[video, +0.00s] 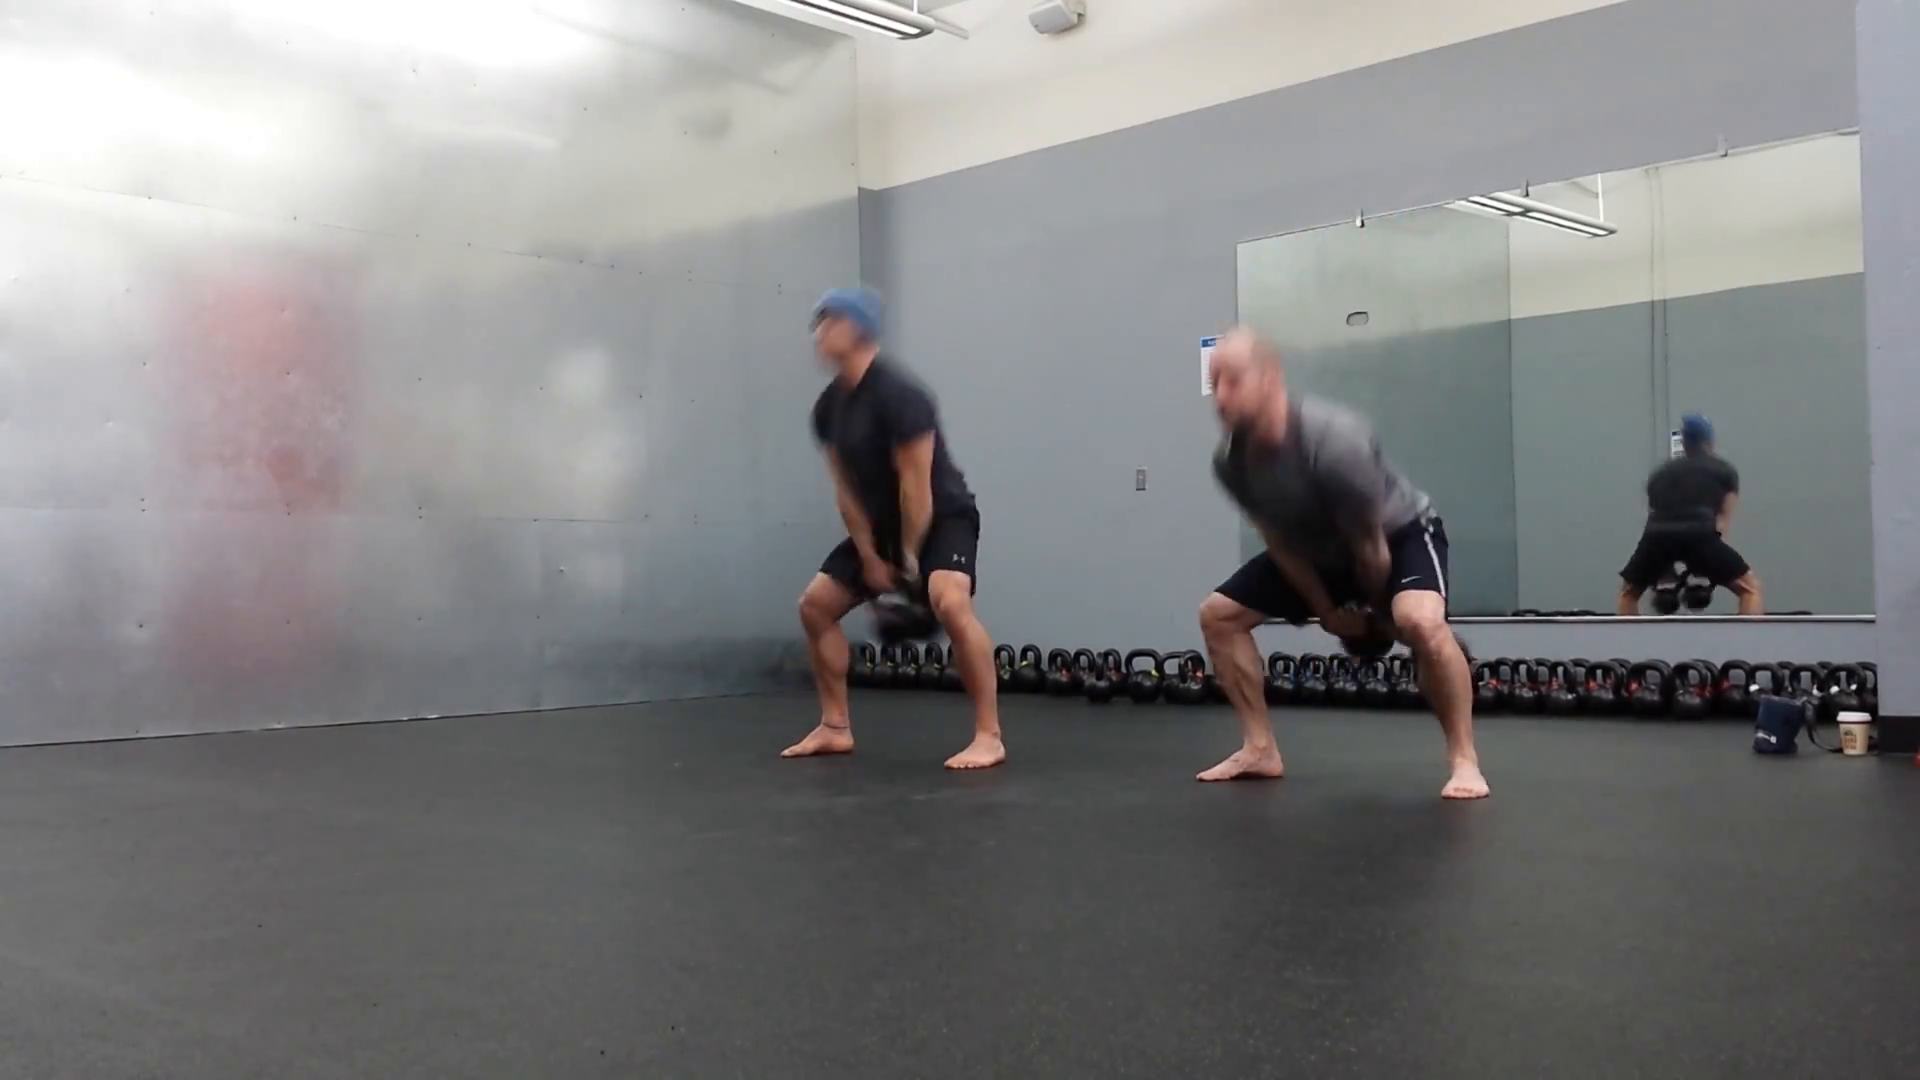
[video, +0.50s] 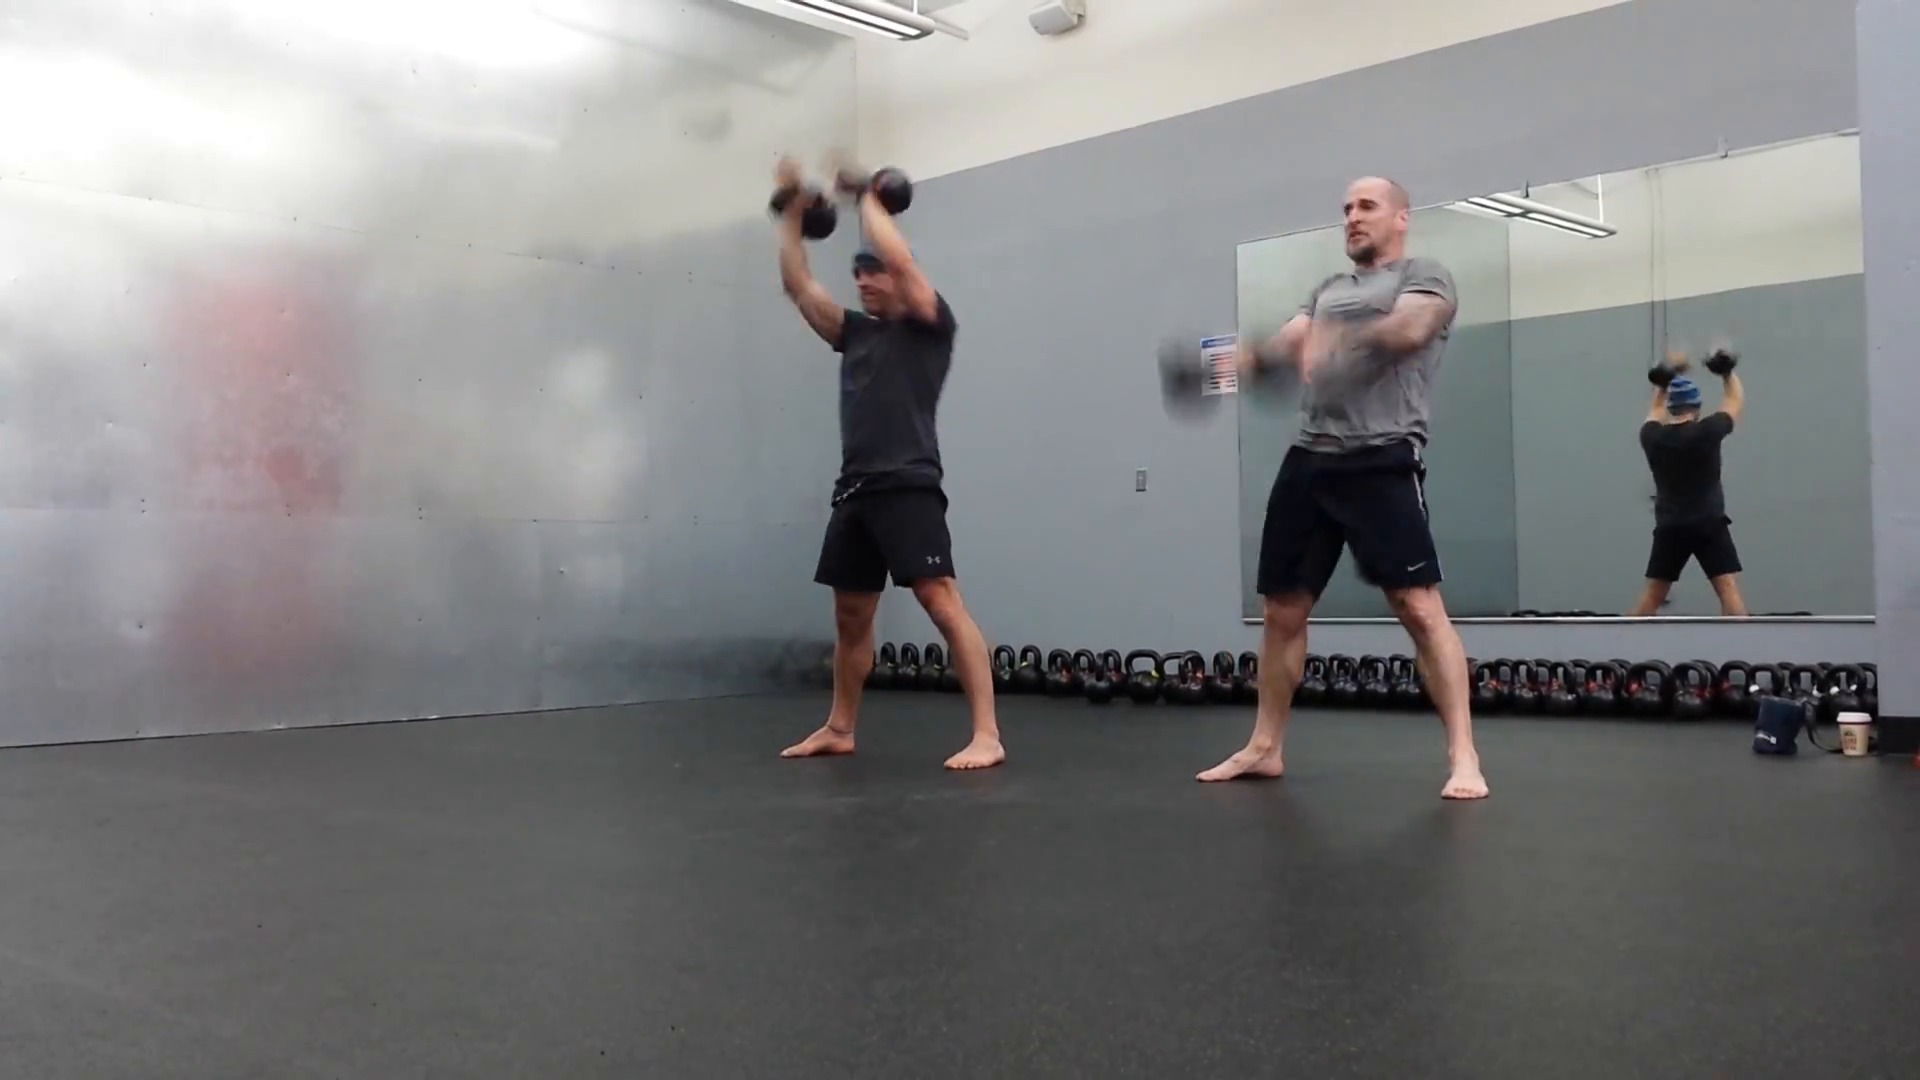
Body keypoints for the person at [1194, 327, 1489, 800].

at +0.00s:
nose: (1220, 396)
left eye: (1232, 379)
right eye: (1215, 383)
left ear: (1269, 377)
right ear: (1210, 388)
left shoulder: (1335, 440)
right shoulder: (1233, 462)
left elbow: (1373, 544)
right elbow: (1280, 544)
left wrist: (1373, 616)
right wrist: (1330, 615)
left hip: (1400, 534)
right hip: (1322, 545)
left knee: (1420, 622)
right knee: (1220, 615)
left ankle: (1464, 761)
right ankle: (1260, 749)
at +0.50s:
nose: (1353, 218)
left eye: (1367, 206)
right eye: (1347, 210)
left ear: (1402, 218)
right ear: (1343, 225)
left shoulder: (1427, 278)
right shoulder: (1328, 292)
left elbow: (1406, 332)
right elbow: (1289, 344)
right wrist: (1248, 358)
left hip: (1384, 466)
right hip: (1311, 466)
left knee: (1420, 610)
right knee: (1282, 611)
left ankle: (1463, 757)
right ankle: (1264, 746)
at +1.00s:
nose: (1278, 209)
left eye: (1291, 195)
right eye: (1272, 199)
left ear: (1329, 198)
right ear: (1267, 209)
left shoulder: (1363, 252)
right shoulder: (1265, 258)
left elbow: (1377, 144)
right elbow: (1232, 163)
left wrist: (1369, 45)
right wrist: (1244, 64)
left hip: (1352, 466)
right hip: (1276, 469)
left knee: (1408, 614)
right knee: (1279, 617)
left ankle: (1459, 760)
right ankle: (1264, 746)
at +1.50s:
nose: (1316, 200)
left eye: (1331, 188)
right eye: (1311, 191)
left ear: (1368, 200)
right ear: (1307, 204)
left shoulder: (1388, 261)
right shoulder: (1286, 267)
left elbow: (1390, 175)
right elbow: (1219, 205)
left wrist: (1367, 94)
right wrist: (1245, 118)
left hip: (1361, 468)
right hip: (1284, 468)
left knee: (1411, 616)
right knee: (1281, 618)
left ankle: (1459, 760)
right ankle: (1265, 747)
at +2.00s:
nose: (1333, 203)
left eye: (1348, 192)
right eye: (1327, 194)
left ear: (1382, 210)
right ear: (1319, 210)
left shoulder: (1405, 284)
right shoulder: (1294, 293)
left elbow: (1383, 352)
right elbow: (1251, 372)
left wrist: (1351, 274)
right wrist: (1263, 286)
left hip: (1367, 474)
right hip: (1289, 474)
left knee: (1412, 617)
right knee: (1283, 618)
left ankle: (1458, 759)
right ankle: (1265, 748)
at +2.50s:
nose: (1341, 205)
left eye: (1356, 194)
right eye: (1336, 196)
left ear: (1391, 205)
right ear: (1330, 210)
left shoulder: (1416, 278)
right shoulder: (1313, 282)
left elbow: (1390, 340)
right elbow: (1266, 361)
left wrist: (1334, 286)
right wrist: (1251, 299)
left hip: (1386, 472)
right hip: (1310, 472)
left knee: (1423, 615)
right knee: (1289, 614)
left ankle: (1462, 759)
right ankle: (1264, 746)